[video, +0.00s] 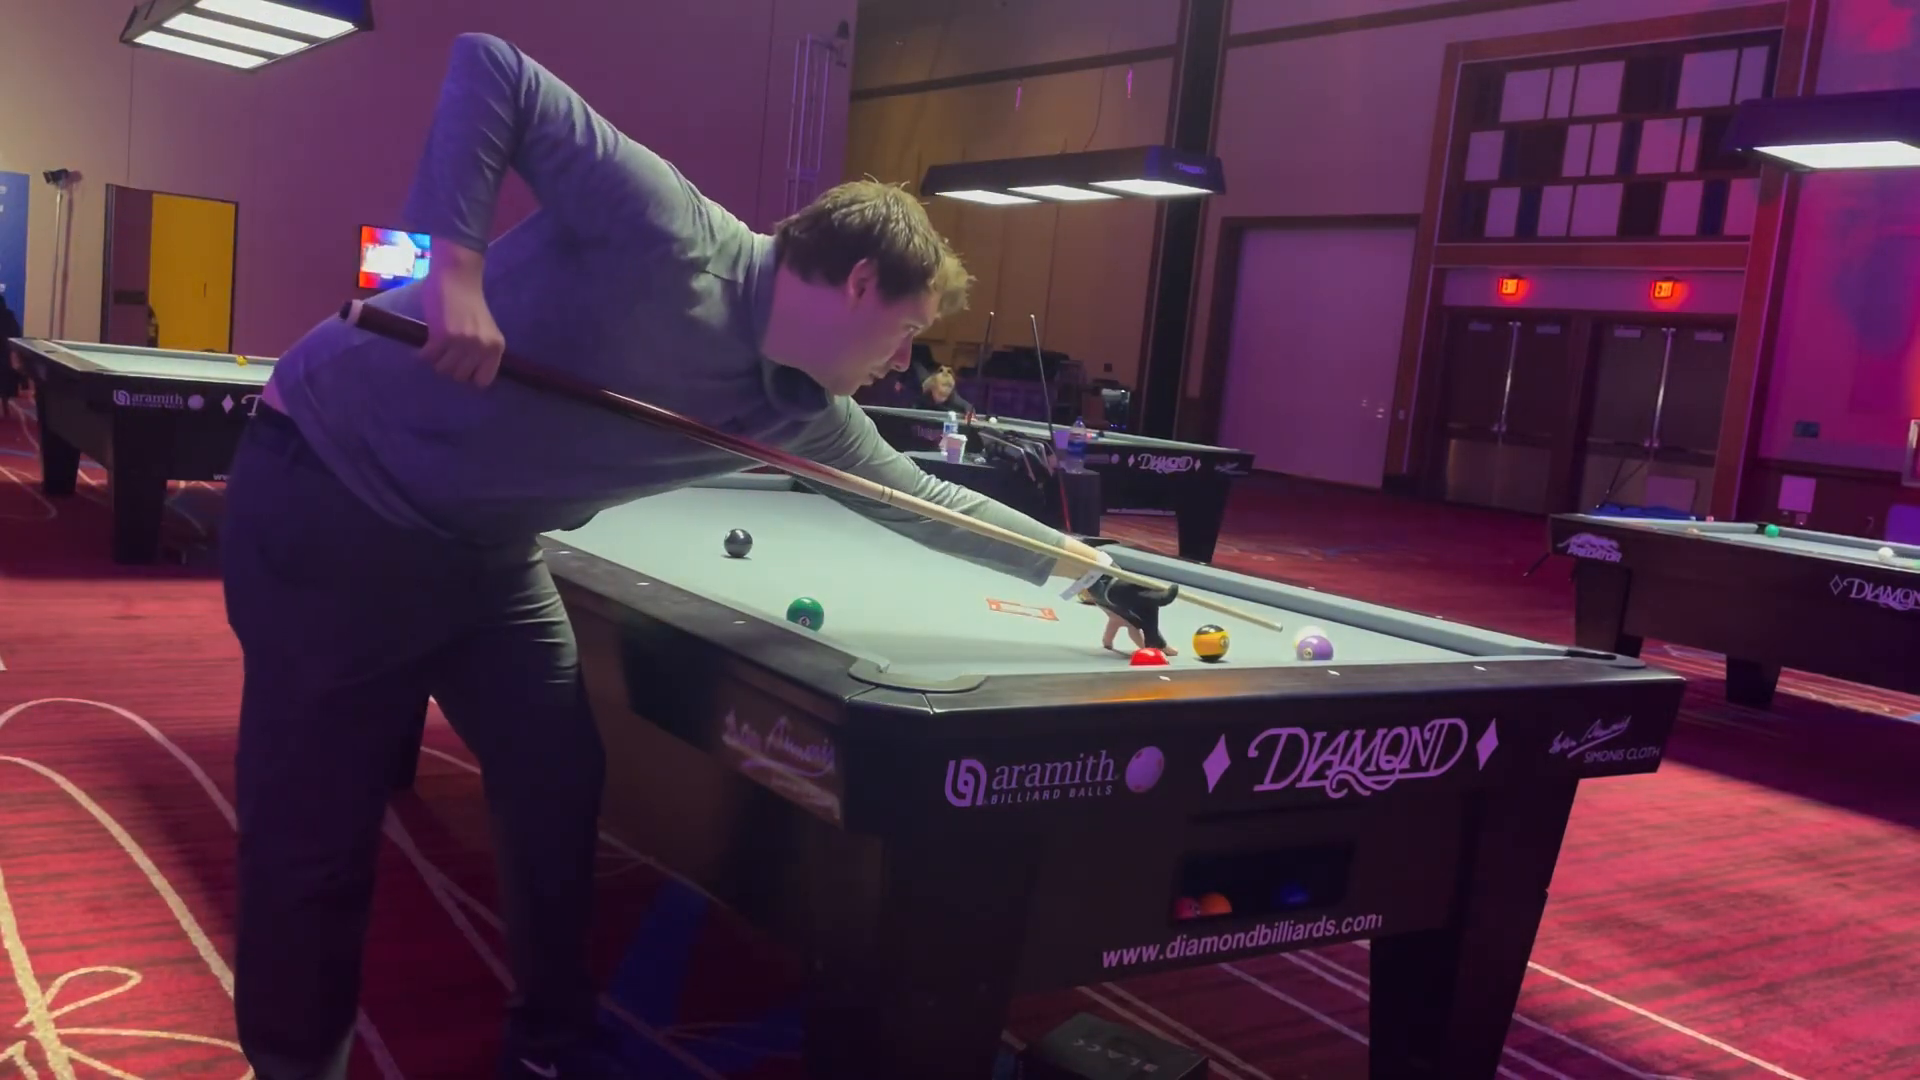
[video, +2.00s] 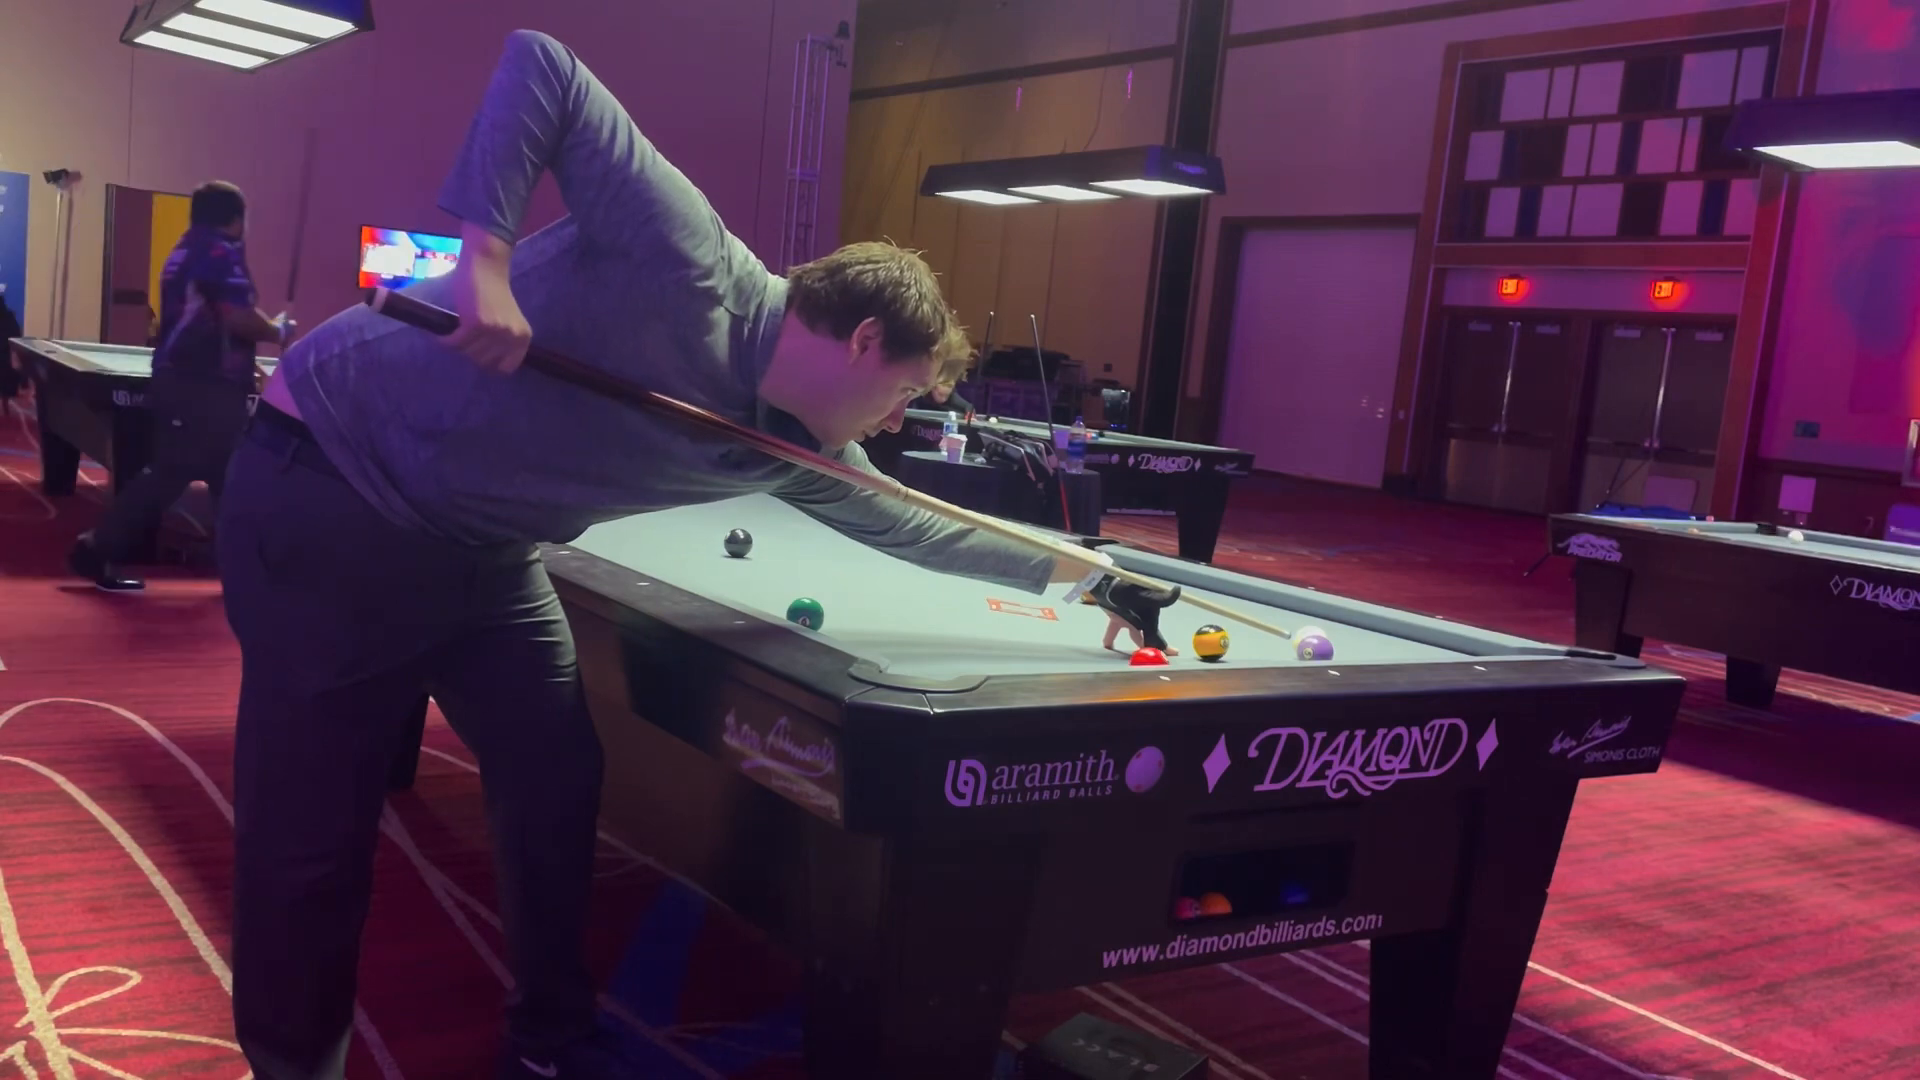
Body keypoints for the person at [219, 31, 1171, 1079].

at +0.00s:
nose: (902, 360)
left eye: (914, 341)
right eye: (911, 330)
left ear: (851, 288)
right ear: (864, 280)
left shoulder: (798, 411)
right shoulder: (665, 226)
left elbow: (926, 502)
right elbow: (492, 70)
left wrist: (1080, 560)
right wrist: (452, 265)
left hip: (487, 535)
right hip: (336, 486)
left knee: (555, 767)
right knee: (315, 829)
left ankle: (549, 1034)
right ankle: (294, 1058)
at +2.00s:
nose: (893, 428)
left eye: (910, 410)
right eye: (903, 398)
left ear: (853, 350)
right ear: (856, 340)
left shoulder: (785, 441)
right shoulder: (684, 251)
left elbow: (913, 527)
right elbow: (542, 69)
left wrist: (1061, 563)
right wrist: (479, 252)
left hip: (483, 530)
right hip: (329, 473)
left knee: (553, 763)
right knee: (313, 819)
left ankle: (548, 1032)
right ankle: (292, 1055)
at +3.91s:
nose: (888, 245)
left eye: (899, 223)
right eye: (883, 212)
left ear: (818, 187)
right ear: (810, 171)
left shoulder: (775, 320)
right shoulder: (631, 184)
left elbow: (879, 412)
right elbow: (393, 187)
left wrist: (1031, 480)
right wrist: (501, 364)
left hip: (488, 526)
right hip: (345, 488)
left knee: (547, 773)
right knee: (340, 820)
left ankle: (552, 1030)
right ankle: (304, 1063)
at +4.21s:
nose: (774, 154)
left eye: (800, 132)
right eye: (762, 113)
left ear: (814, 127)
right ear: (687, 61)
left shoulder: (722, 221)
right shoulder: (544, 122)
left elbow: (819, 293)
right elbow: (318, 197)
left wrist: (965, 326)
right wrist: (473, 346)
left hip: (507, 525)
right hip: (363, 501)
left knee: (558, 776)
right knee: (376, 802)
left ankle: (548, 1038)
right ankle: (312, 1063)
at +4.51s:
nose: (702, 63)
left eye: (730, 37)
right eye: (682, 21)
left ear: (745, 44)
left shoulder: (677, 165)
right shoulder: (469, 96)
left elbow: (717, 261)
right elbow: (261, 227)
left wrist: (872, 294)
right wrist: (439, 352)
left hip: (520, 522)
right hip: (375, 514)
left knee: (551, 791)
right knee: (390, 805)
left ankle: (548, 1032)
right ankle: (317, 1060)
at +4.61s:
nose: (630, 6)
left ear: (676, 12)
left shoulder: (643, 128)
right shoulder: (415, 81)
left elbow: (640, 272)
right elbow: (220, 222)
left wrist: (750, 342)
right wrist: (402, 345)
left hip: (526, 525)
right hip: (374, 522)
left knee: (545, 803)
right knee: (395, 818)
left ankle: (549, 1034)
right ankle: (320, 1064)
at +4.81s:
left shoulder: (603, 87)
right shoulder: (306, 37)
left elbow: (601, 284)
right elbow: (131, 204)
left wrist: (594, 394)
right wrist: (267, 323)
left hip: (512, 539)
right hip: (318, 533)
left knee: (562, 816)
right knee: (329, 871)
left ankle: (541, 1046)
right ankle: (292, 1062)